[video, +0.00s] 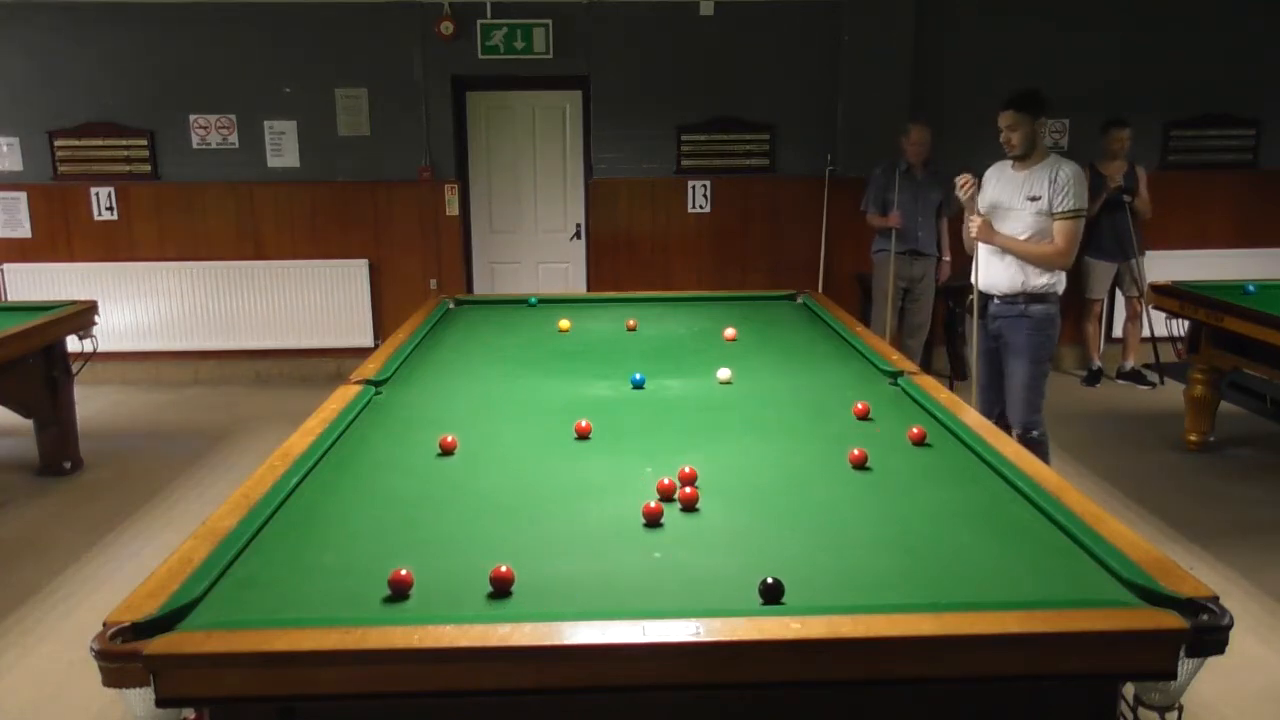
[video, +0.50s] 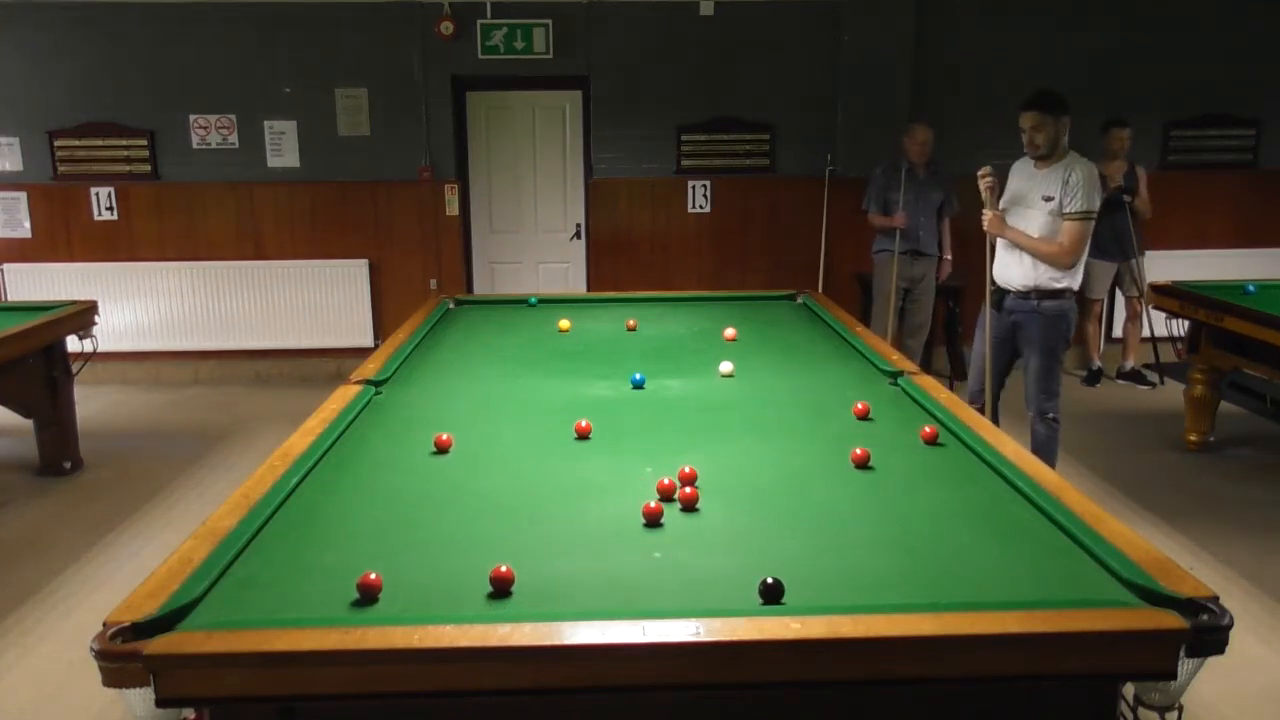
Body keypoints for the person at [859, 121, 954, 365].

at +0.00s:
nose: (919, 149)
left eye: (923, 144)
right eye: (914, 144)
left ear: (930, 146)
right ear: (903, 144)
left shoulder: (936, 178)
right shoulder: (885, 174)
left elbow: (942, 219)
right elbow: (871, 217)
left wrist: (945, 257)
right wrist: (886, 222)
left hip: (926, 259)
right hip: (890, 257)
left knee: (917, 329)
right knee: (884, 325)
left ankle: (908, 384)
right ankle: (878, 380)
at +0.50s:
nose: (922, 149)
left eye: (926, 144)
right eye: (917, 143)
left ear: (932, 147)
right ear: (906, 143)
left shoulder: (937, 177)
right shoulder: (886, 174)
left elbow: (944, 219)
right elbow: (873, 218)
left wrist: (947, 256)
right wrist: (891, 222)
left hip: (927, 258)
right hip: (891, 256)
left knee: (918, 327)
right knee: (884, 324)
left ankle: (907, 382)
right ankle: (877, 378)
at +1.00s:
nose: (930, 149)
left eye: (933, 144)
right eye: (925, 143)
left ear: (936, 147)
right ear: (910, 143)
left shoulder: (935, 179)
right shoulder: (888, 173)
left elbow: (946, 216)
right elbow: (873, 217)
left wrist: (948, 244)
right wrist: (895, 222)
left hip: (926, 261)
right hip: (892, 259)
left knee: (918, 331)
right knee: (884, 326)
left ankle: (908, 386)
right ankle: (877, 383)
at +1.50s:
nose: (934, 152)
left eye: (936, 147)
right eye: (930, 146)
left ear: (937, 149)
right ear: (915, 143)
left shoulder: (935, 177)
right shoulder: (891, 172)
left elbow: (942, 216)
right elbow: (875, 217)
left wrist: (928, 224)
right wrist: (906, 222)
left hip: (924, 259)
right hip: (892, 257)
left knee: (917, 331)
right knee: (885, 326)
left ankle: (908, 386)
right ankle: (877, 382)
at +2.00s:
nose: (935, 153)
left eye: (938, 148)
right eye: (931, 147)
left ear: (940, 148)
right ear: (915, 144)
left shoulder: (937, 178)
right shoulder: (891, 173)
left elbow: (944, 217)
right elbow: (875, 217)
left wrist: (932, 231)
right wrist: (913, 227)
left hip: (926, 259)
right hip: (893, 258)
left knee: (917, 328)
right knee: (887, 327)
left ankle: (913, 385)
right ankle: (879, 383)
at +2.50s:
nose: (922, 150)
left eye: (927, 145)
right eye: (917, 145)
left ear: (932, 149)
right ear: (907, 146)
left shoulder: (938, 180)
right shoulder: (890, 174)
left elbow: (945, 218)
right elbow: (871, 217)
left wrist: (929, 245)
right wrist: (905, 240)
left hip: (925, 258)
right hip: (891, 256)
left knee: (918, 324)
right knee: (886, 322)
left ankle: (909, 382)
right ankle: (879, 378)